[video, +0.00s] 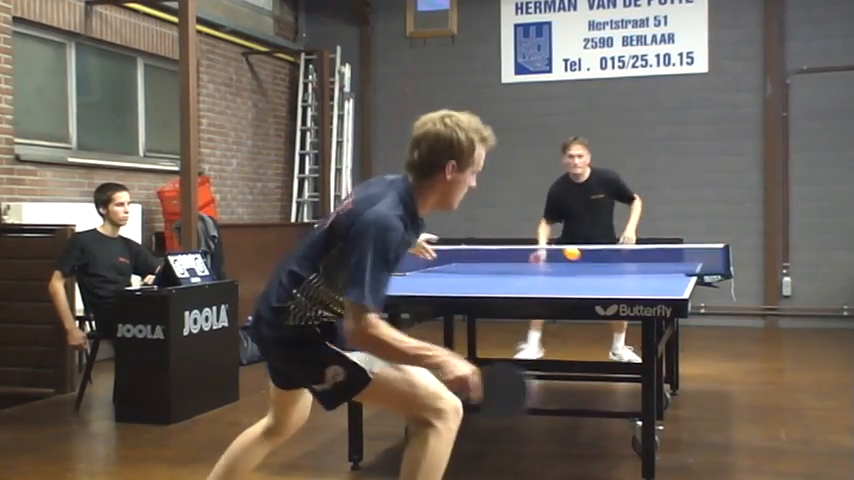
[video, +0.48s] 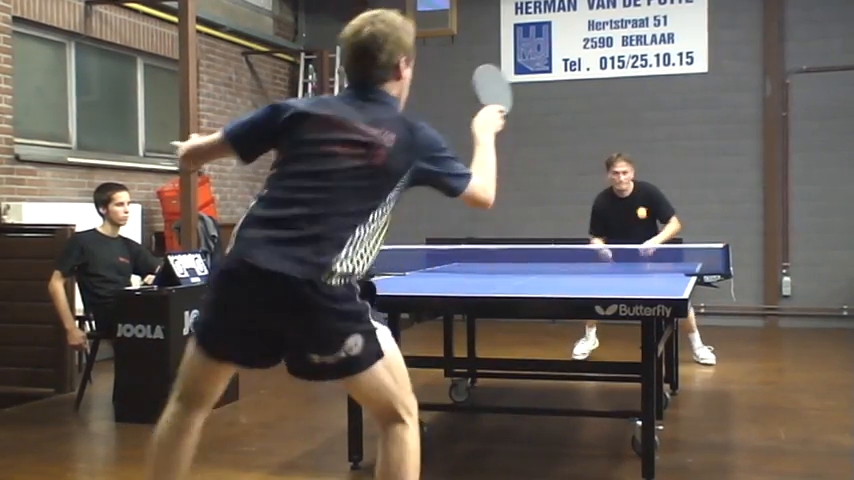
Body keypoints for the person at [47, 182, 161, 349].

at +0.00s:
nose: (127, 210)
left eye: (128, 204)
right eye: (120, 205)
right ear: (103, 209)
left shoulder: (130, 247)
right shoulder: (81, 242)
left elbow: (164, 270)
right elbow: (55, 283)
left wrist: (155, 277)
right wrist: (71, 329)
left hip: (135, 319)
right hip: (104, 323)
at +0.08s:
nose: (127, 210)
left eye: (128, 204)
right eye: (120, 205)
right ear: (103, 209)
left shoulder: (130, 247)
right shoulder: (81, 242)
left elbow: (164, 269)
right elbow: (55, 283)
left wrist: (155, 277)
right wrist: (71, 329)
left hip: (135, 318)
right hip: (105, 322)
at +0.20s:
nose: (126, 210)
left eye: (128, 204)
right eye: (120, 205)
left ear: (130, 205)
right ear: (103, 209)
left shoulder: (130, 247)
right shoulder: (81, 242)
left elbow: (163, 269)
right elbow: (55, 283)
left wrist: (155, 277)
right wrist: (71, 329)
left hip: (136, 317)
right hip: (106, 321)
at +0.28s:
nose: (126, 210)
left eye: (128, 204)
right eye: (120, 205)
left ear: (130, 205)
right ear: (103, 209)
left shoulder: (130, 247)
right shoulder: (81, 242)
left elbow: (163, 270)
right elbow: (55, 283)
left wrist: (155, 277)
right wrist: (71, 329)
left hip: (135, 316)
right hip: (106, 320)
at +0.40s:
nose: (126, 210)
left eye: (128, 204)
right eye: (119, 205)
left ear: (130, 205)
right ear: (103, 209)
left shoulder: (130, 247)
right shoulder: (81, 242)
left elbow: (163, 270)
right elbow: (55, 283)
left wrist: (155, 278)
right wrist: (71, 329)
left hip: (135, 316)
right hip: (105, 320)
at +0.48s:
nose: (126, 210)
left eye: (128, 204)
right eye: (119, 205)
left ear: (130, 205)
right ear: (103, 209)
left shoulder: (130, 247)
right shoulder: (81, 242)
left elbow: (163, 270)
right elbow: (55, 283)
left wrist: (155, 278)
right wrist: (71, 329)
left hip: (136, 317)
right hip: (105, 321)